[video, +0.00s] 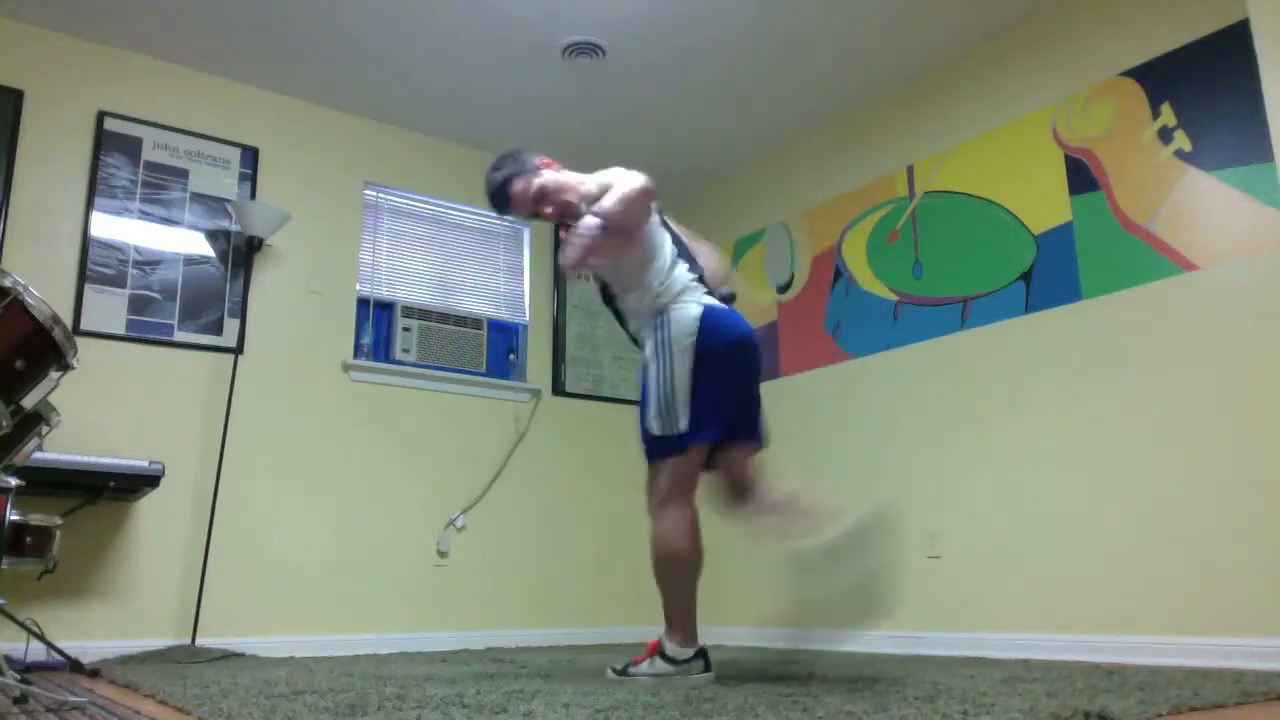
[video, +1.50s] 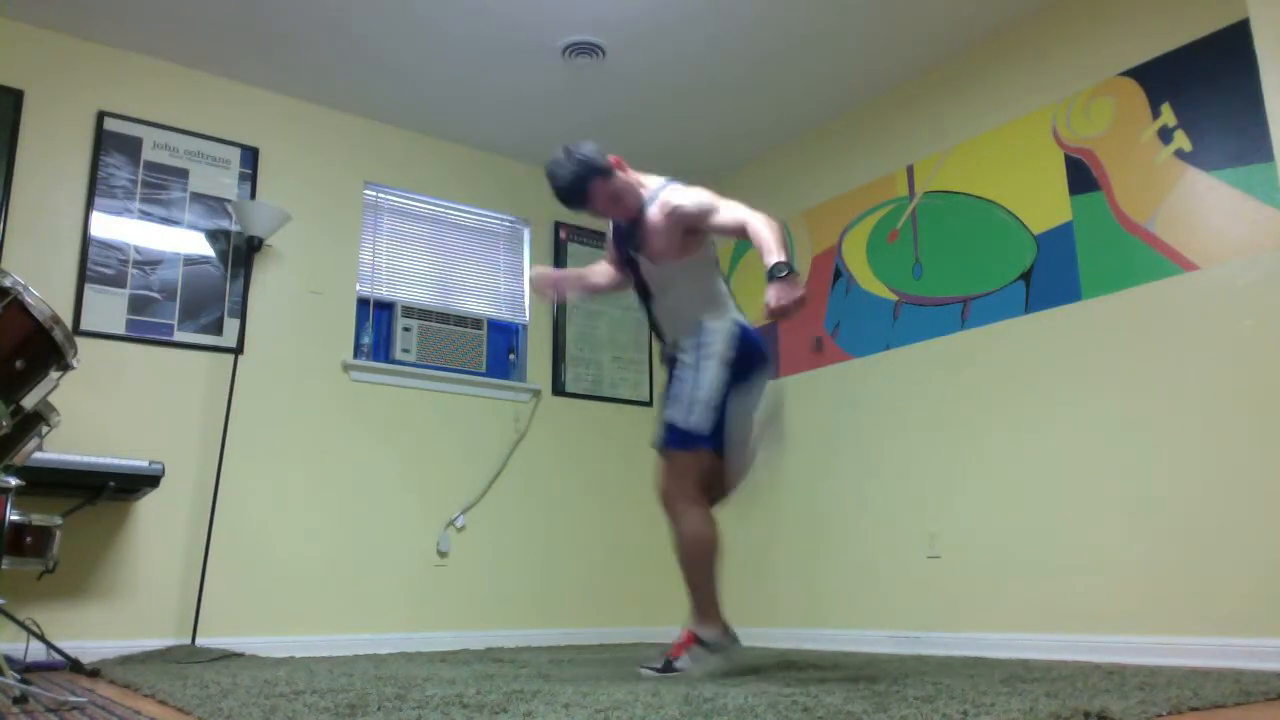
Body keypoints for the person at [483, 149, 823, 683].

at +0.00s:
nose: (547, 210)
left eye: (540, 196)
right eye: (535, 213)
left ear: (549, 164)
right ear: (531, 215)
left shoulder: (601, 183)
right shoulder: (608, 212)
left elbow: (639, 191)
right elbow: (705, 258)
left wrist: (593, 227)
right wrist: (723, 289)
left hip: (685, 335)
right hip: (723, 332)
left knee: (670, 498)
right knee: (740, 489)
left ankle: (680, 648)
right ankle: (840, 525)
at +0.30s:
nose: (549, 233)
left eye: (543, 218)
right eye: (538, 231)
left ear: (557, 185)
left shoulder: (607, 198)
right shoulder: (605, 233)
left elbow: (649, 232)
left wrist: (607, 292)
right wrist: (592, 310)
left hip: (695, 344)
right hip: (745, 345)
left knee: (659, 504)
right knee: (718, 506)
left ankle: (697, 648)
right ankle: (745, 564)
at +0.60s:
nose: (548, 201)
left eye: (542, 189)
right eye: (538, 200)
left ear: (556, 156)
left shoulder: (609, 178)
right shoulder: (608, 195)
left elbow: (667, 190)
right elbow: (630, 243)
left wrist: (681, 232)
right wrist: (585, 237)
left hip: (678, 317)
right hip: (723, 309)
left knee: (648, 477)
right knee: (728, 472)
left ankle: (685, 624)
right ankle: (759, 365)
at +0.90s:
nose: (560, 223)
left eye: (556, 209)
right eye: (548, 223)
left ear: (562, 176)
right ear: (541, 221)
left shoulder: (614, 201)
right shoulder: (617, 212)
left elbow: (682, 213)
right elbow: (689, 230)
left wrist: (632, 257)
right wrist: (730, 266)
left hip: (689, 340)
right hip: (717, 335)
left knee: (670, 498)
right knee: (769, 483)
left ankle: (697, 645)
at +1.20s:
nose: (567, 264)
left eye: (561, 251)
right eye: (556, 262)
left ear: (572, 217)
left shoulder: (638, 241)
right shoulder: (620, 249)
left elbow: (699, 270)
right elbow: (690, 244)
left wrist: (656, 334)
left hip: (723, 366)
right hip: (709, 371)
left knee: (673, 502)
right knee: (712, 516)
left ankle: (708, 646)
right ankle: (822, 601)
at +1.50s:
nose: (609, 209)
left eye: (607, 195)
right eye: (597, 206)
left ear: (618, 167)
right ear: (588, 205)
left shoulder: (674, 203)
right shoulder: (623, 226)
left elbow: (758, 223)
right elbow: (618, 273)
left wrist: (778, 273)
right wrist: (563, 280)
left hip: (719, 347)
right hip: (690, 353)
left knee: (679, 489)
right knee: (703, 489)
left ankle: (711, 632)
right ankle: (755, 426)